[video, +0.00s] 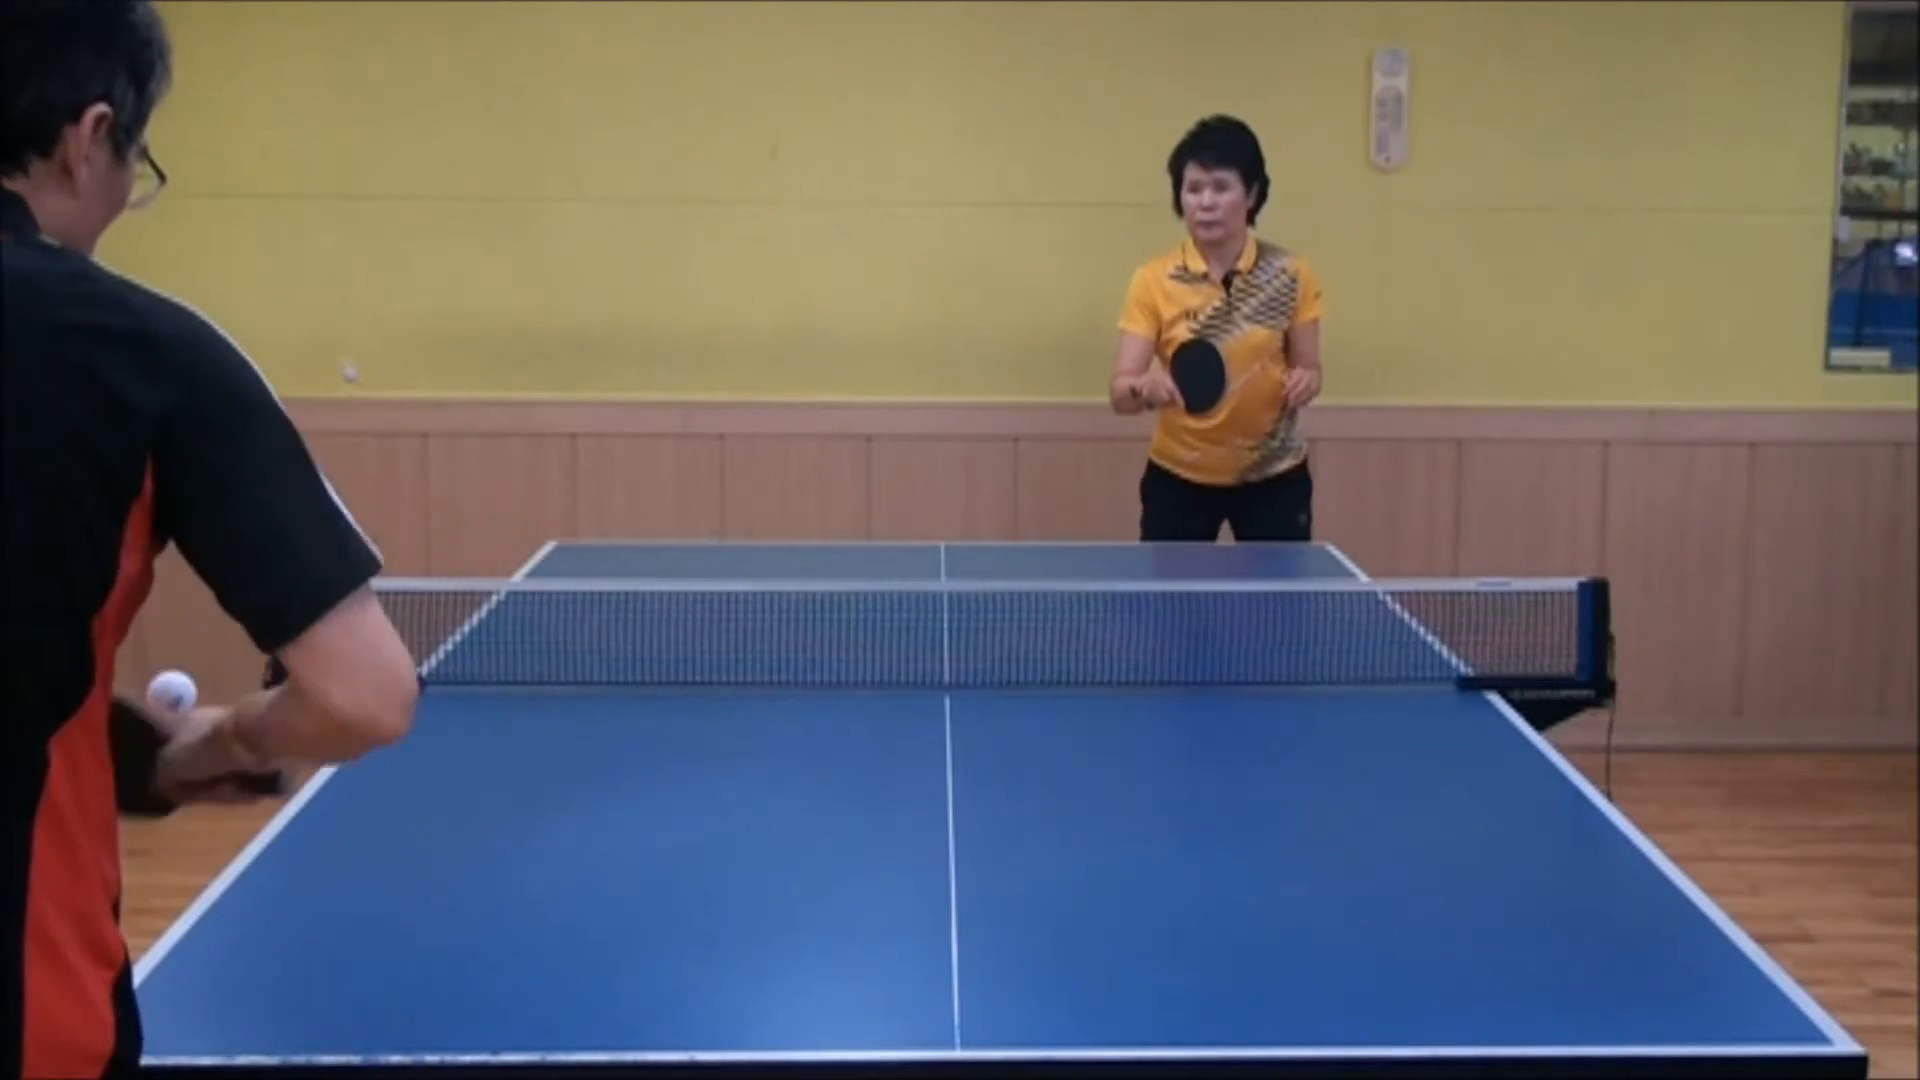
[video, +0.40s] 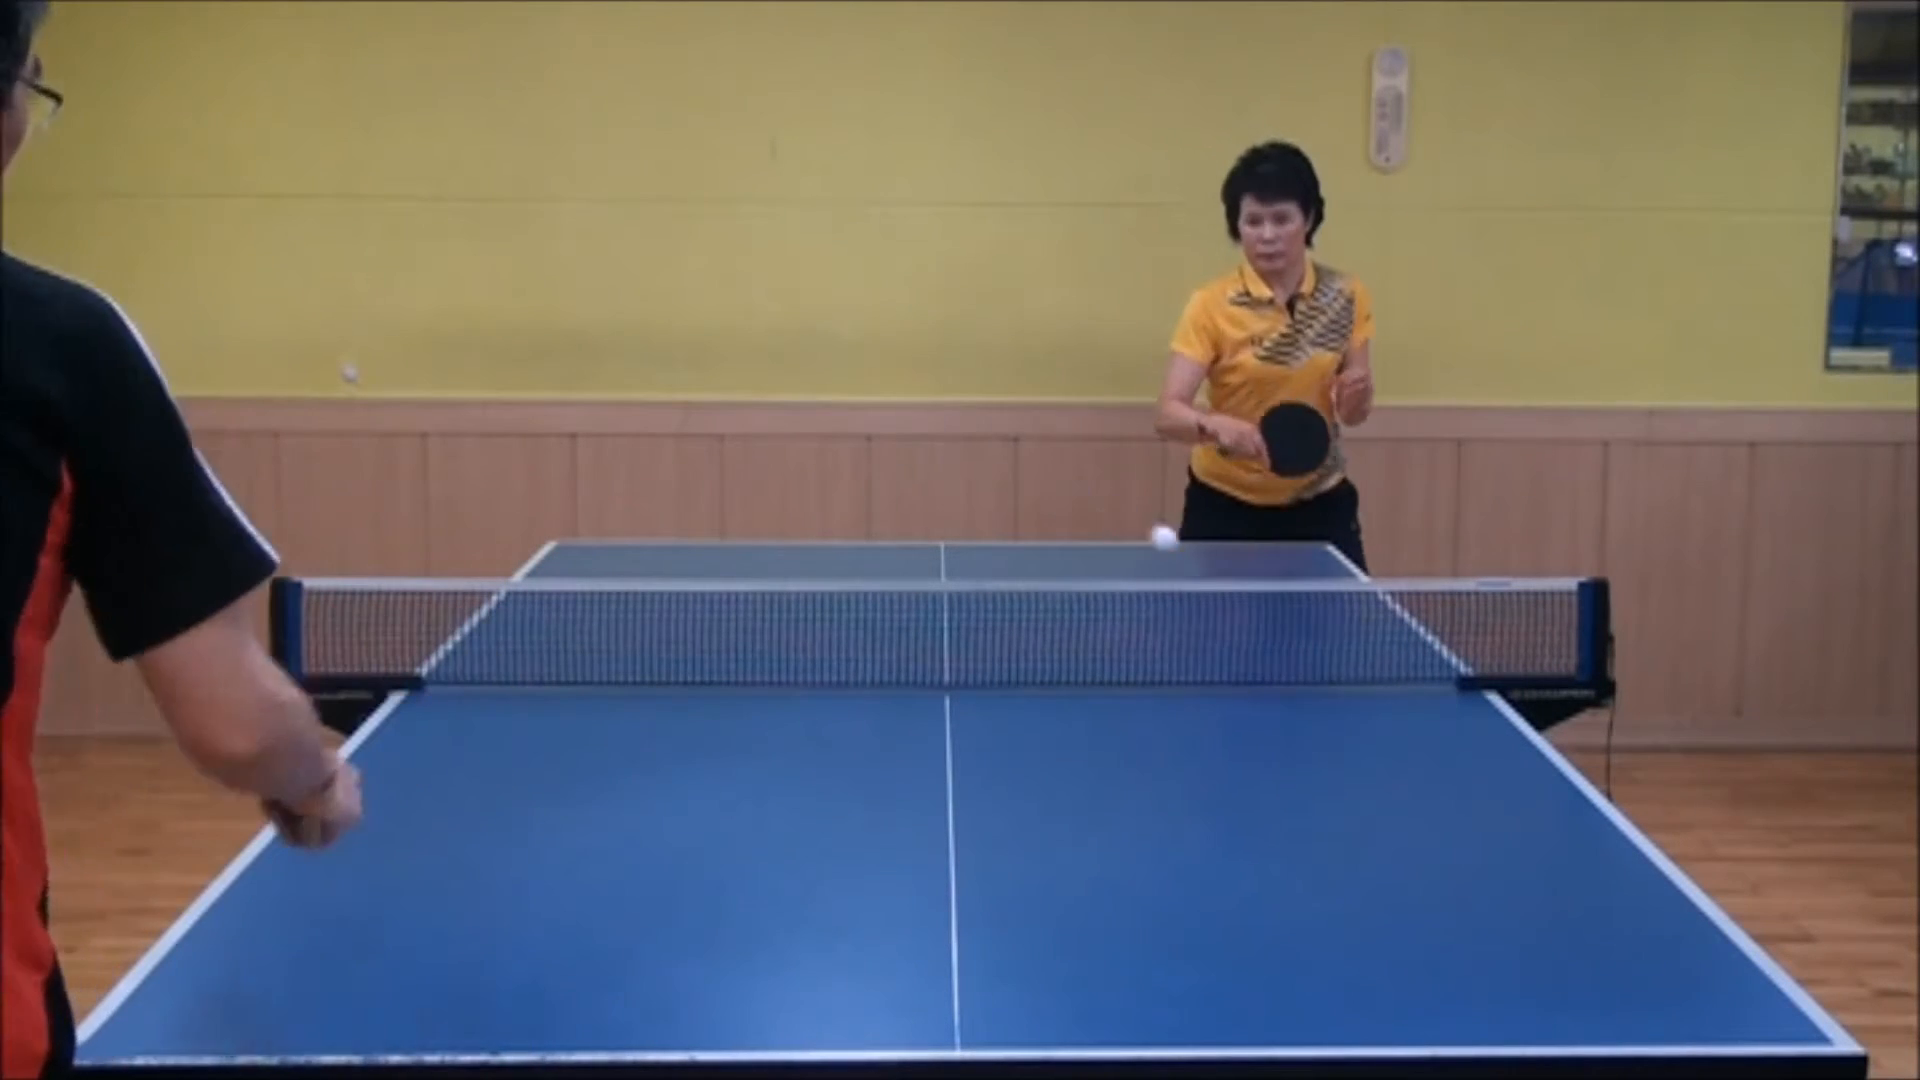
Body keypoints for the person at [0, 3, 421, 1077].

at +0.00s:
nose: (129, 193)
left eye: (136, 155)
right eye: (134, 151)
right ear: (83, 135)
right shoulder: (131, 349)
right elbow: (367, 695)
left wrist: (152, 763)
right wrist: (219, 745)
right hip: (38, 996)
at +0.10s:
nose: (118, 179)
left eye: (123, 145)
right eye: (119, 140)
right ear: (65, 129)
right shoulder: (127, 349)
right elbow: (375, 647)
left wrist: (443, 696)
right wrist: (459, 703)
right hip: (29, 989)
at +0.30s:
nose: (60, 155)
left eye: (69, 117)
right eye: (66, 115)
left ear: (17, 103)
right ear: (14, 106)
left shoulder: (87, 335)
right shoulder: (82, 335)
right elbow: (337, 661)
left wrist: (397, 699)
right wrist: (414, 709)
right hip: (20, 999)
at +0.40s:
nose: (27, 118)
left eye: (27, 83)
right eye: (27, 82)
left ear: (21, 102)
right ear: (11, 100)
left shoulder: (62, 340)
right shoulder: (52, 339)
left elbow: (229, 722)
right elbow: (233, 722)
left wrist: (300, 771)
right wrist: (311, 779)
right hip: (3, 1003)